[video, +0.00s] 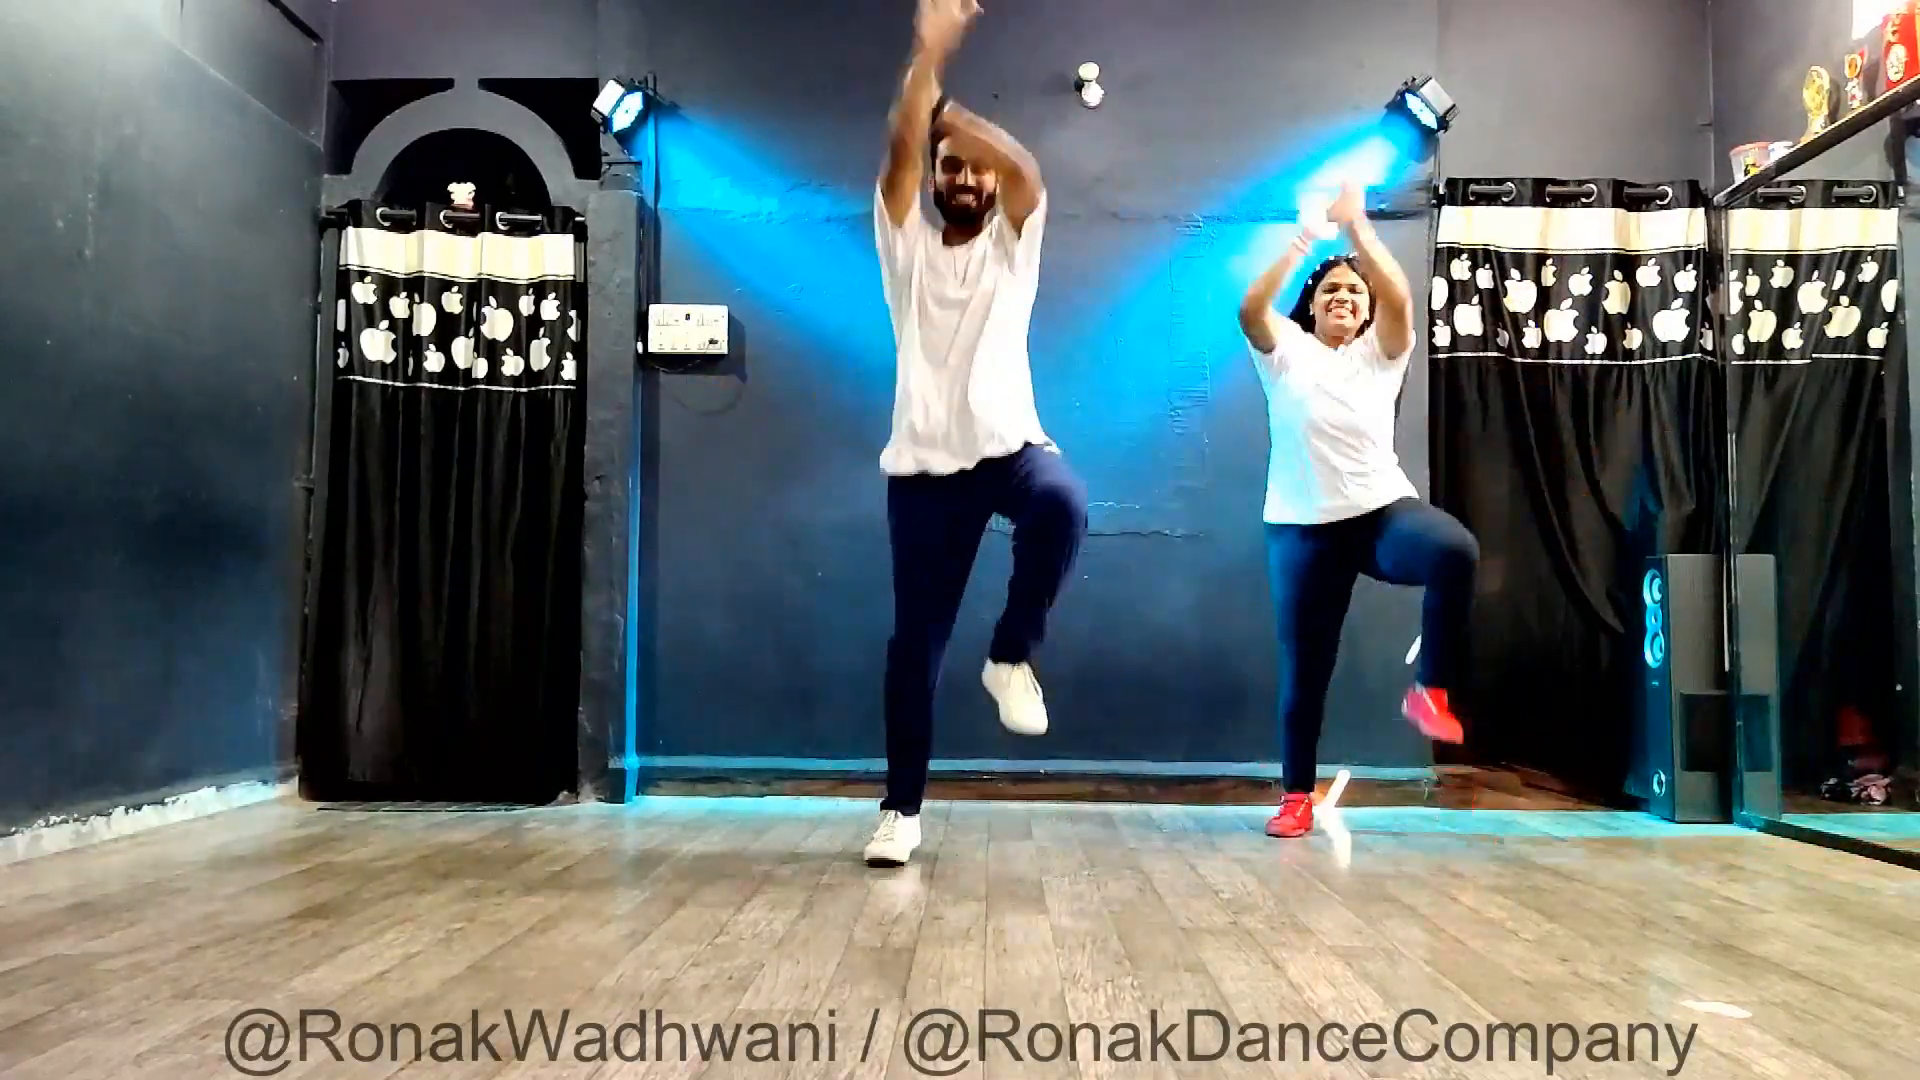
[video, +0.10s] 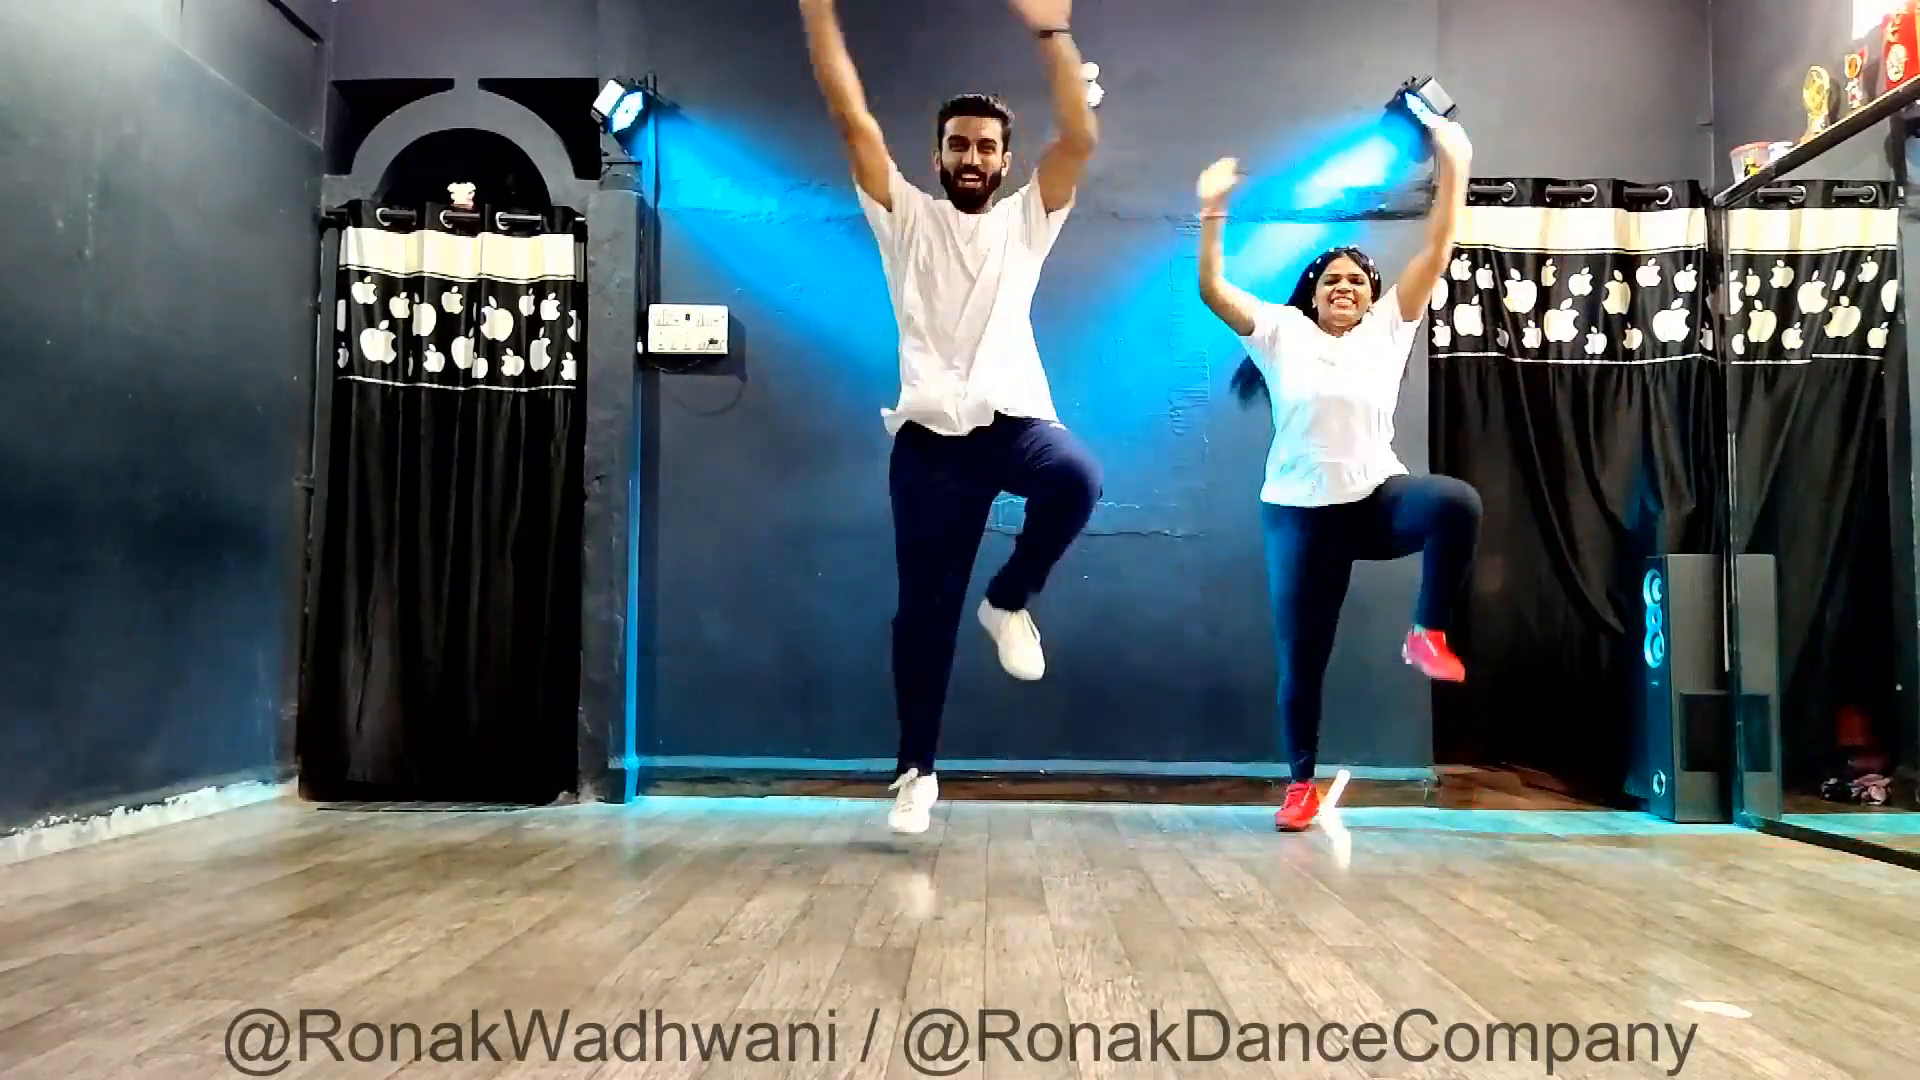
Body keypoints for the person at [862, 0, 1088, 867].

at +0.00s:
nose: (962, 181)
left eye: (976, 169)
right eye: (950, 168)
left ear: (998, 184)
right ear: (931, 178)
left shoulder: (1011, 243)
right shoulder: (904, 240)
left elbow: (1021, 170)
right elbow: (906, 146)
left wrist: (945, 104)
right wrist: (930, 50)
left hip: (1010, 448)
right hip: (927, 460)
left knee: (1060, 506)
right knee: (915, 645)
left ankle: (1011, 658)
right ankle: (900, 810)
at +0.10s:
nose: (975, 155)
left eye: (987, 144)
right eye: (961, 143)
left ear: (1007, 156)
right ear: (938, 151)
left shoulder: (1024, 219)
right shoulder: (905, 216)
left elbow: (1078, 137)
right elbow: (852, 120)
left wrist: (1055, 33)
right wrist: (818, 12)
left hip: (1015, 426)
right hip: (931, 437)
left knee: (1076, 481)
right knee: (928, 609)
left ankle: (1007, 601)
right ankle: (917, 771)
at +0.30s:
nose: (976, 211)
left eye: (990, 201)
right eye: (963, 199)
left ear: (1007, 213)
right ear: (943, 209)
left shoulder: (1036, 284)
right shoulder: (907, 272)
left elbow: (1135, 276)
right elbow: (812, 226)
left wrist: (1196, 209)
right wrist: (741, 153)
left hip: (1024, 469)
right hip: (941, 481)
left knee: (1098, 520)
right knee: (942, 645)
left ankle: (1017, 602)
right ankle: (942, 786)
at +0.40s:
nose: (984, 230)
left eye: (998, 220)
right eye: (972, 218)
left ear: (1015, 231)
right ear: (951, 226)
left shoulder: (1042, 293)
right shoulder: (918, 287)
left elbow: (1137, 288)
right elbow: (832, 278)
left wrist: (1221, 262)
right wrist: (843, 194)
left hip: (1030, 501)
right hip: (946, 508)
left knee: (1091, 600)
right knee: (952, 661)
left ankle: (1028, 710)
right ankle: (944, 787)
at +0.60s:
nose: (1067, 280)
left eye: (1076, 270)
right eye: (1056, 265)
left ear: (1083, 276)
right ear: (1019, 258)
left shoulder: (1078, 340)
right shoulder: (976, 301)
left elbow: (1152, 389)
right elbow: (966, 325)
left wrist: (1229, 422)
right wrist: (1064, 297)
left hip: (1024, 511)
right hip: (952, 490)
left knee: (1061, 655)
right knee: (1010, 568)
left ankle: (1012, 808)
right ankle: (925, 647)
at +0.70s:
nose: (1075, 311)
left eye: (1086, 299)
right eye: (1066, 293)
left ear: (1092, 298)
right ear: (1033, 282)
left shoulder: (1084, 363)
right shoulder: (996, 320)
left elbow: (1158, 404)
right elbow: (1002, 350)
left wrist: (1235, 433)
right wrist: (1095, 362)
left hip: (1018, 527)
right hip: (947, 509)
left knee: (1077, 663)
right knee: (1053, 545)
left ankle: (1012, 807)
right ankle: (960, 665)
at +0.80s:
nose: (1073, 314)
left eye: (1084, 304)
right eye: (1063, 297)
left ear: (1090, 308)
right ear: (1030, 290)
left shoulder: (1076, 384)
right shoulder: (992, 363)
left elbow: (1134, 445)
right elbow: (993, 467)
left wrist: (1200, 472)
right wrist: (1082, 422)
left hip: (1018, 543)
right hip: (970, 529)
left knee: (1101, 675)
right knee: (1090, 625)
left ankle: (1014, 806)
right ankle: (1038, 801)